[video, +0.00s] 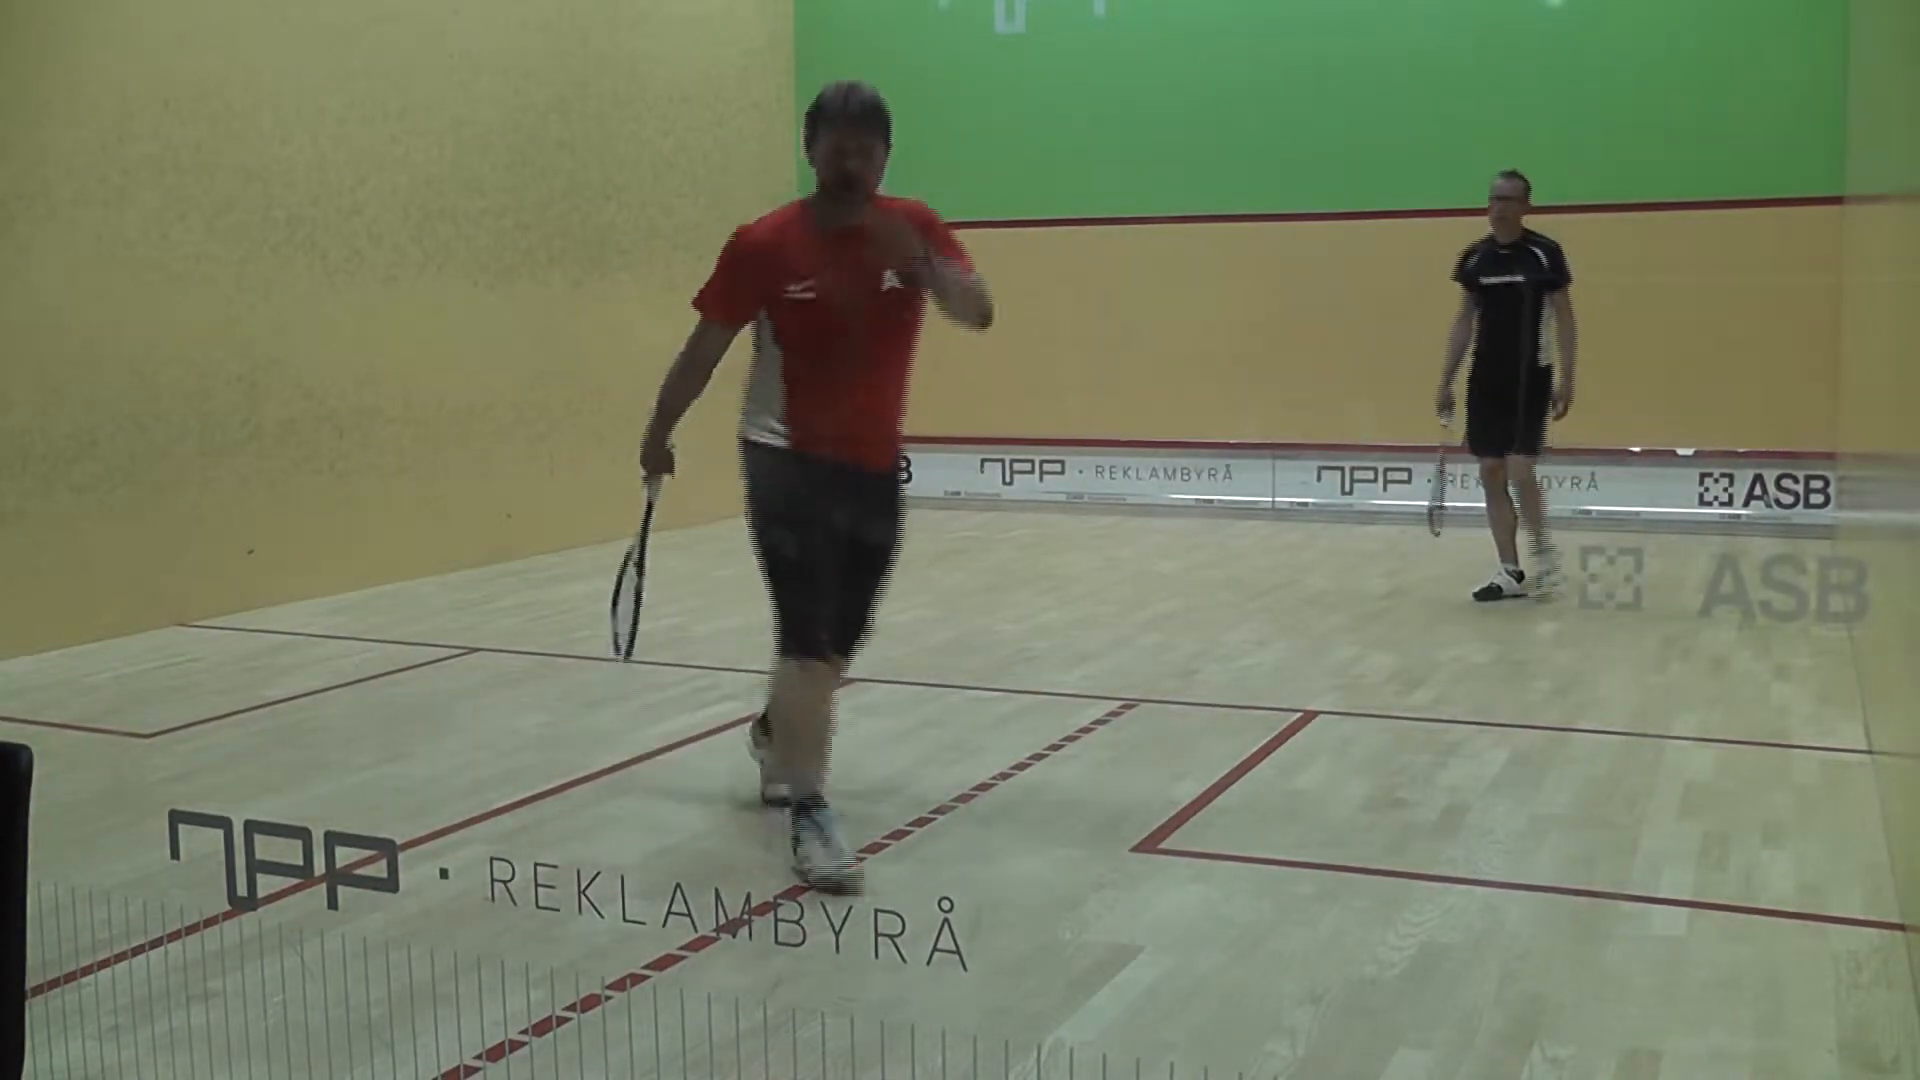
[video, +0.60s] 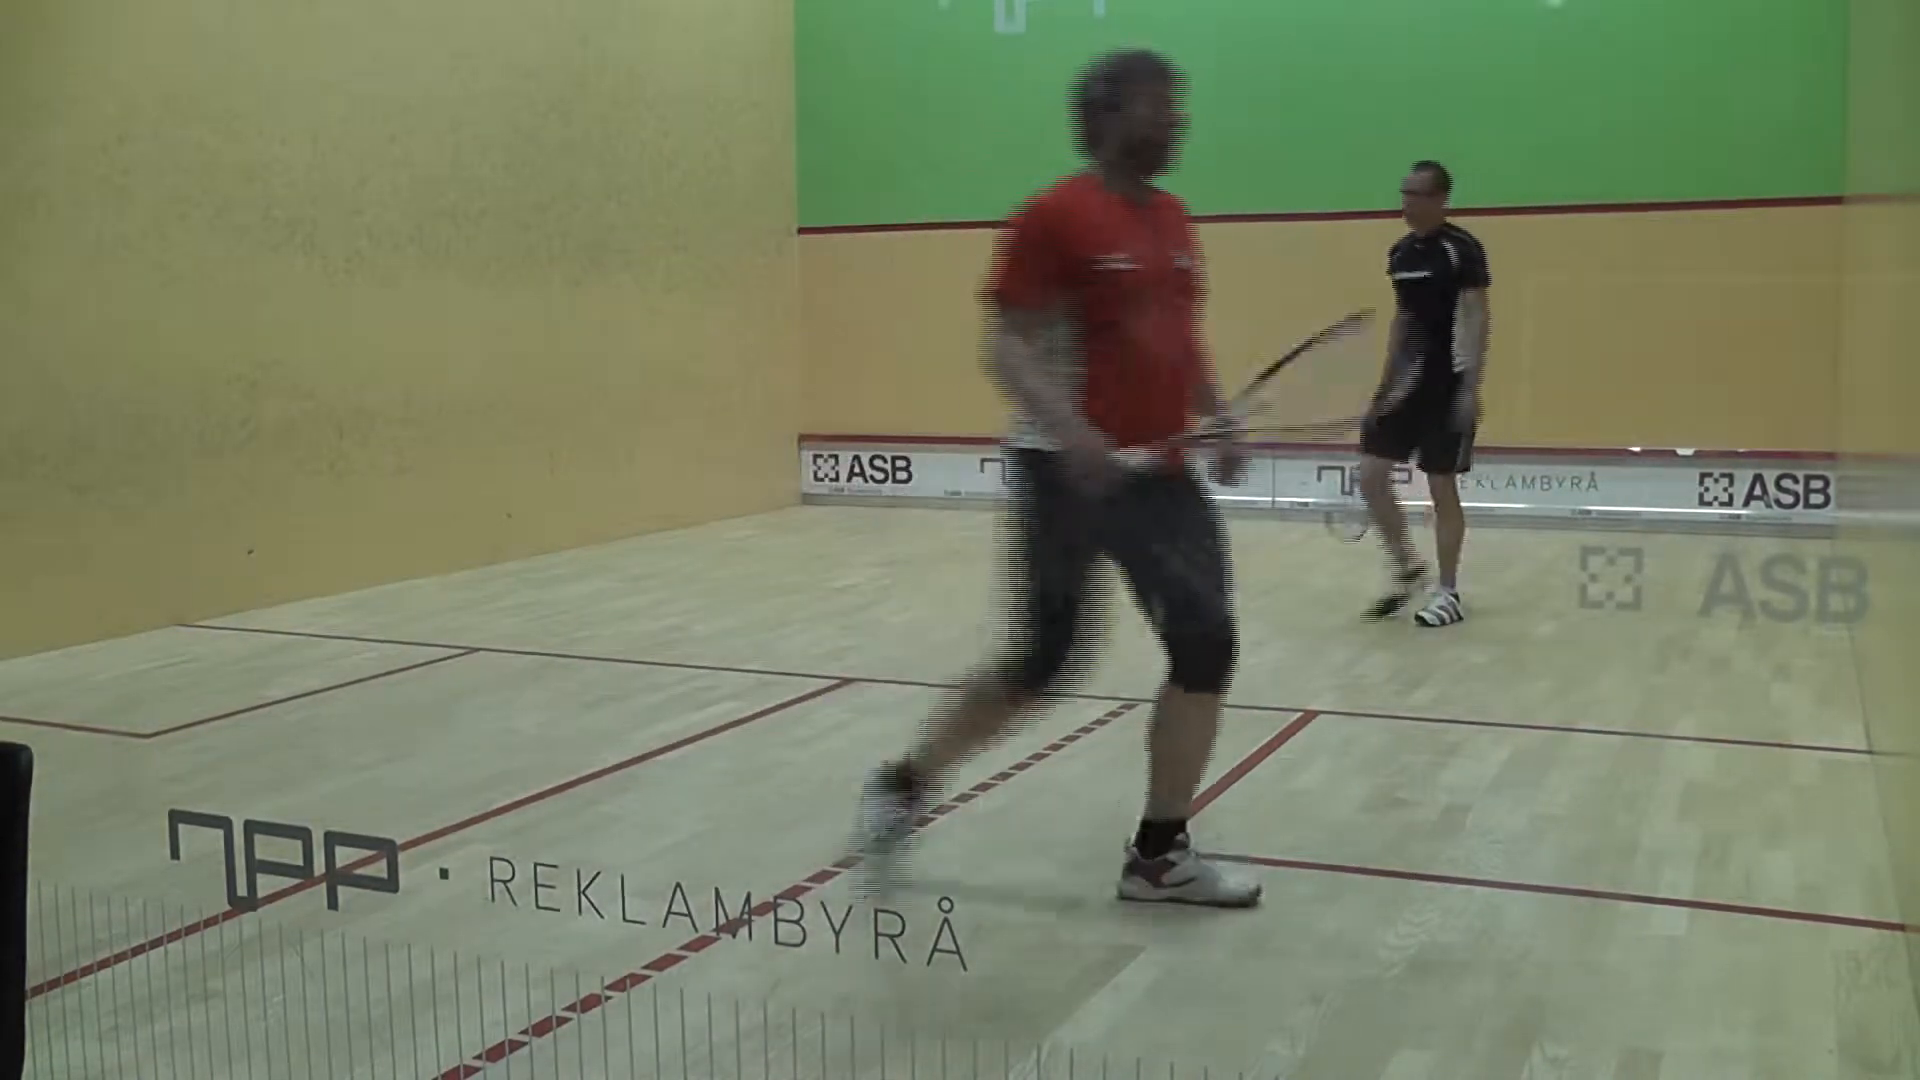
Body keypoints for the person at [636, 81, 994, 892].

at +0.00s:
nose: (846, 168)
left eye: (862, 153)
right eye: (833, 152)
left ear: (886, 155)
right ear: (808, 150)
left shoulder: (914, 226)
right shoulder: (765, 244)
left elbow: (979, 313)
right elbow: (705, 346)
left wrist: (923, 269)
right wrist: (656, 430)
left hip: (874, 464)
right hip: (788, 458)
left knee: (838, 639)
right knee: (810, 641)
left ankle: (775, 728)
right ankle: (812, 812)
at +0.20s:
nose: (899, 137)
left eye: (915, 120)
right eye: (884, 120)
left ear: (940, 128)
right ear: (858, 128)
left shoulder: (971, 214)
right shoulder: (819, 239)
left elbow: (1020, 305)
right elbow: (751, 356)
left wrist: (967, 348)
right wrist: (711, 465)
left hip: (939, 464)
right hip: (845, 458)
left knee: (961, 642)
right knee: (849, 639)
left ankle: (858, 717)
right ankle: (827, 820)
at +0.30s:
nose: (961, 113)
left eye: (974, 97)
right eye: (944, 98)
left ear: (994, 106)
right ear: (913, 106)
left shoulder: (1026, 208)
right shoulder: (872, 212)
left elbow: (1066, 324)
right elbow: (827, 338)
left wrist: (1062, 425)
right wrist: (819, 445)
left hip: (989, 455)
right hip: (887, 452)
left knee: (1050, 618)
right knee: (869, 631)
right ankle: (834, 818)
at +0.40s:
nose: (1017, 109)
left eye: (1026, 93)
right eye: (997, 95)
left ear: (1042, 104)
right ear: (960, 109)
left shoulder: (1064, 211)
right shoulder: (918, 212)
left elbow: (1089, 328)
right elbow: (880, 342)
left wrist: (1114, 416)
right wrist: (907, 442)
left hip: (1026, 462)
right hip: (924, 460)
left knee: (1089, 626)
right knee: (890, 637)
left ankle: (1105, 826)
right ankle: (839, 818)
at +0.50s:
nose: (1114, 121)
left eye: (1119, 105)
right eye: (1093, 105)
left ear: (1123, 119)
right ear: (1042, 117)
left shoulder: (1129, 216)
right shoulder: (1001, 218)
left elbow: (1136, 322)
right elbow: (953, 349)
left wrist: (1173, 406)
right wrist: (1018, 432)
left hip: (1106, 477)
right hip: (1007, 476)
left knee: (1167, 645)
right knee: (950, 657)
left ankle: (1155, 852)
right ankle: (854, 805)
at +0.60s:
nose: (1178, 121)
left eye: (1177, 105)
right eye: (1161, 106)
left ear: (1150, 120)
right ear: (1103, 118)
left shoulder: (1169, 215)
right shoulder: (1056, 216)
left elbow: (1176, 336)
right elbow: (1011, 346)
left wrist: (1215, 412)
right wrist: (1076, 435)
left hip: (1159, 471)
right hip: (1067, 470)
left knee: (1205, 646)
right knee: (1043, 661)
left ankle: (1159, 853)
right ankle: (902, 787)